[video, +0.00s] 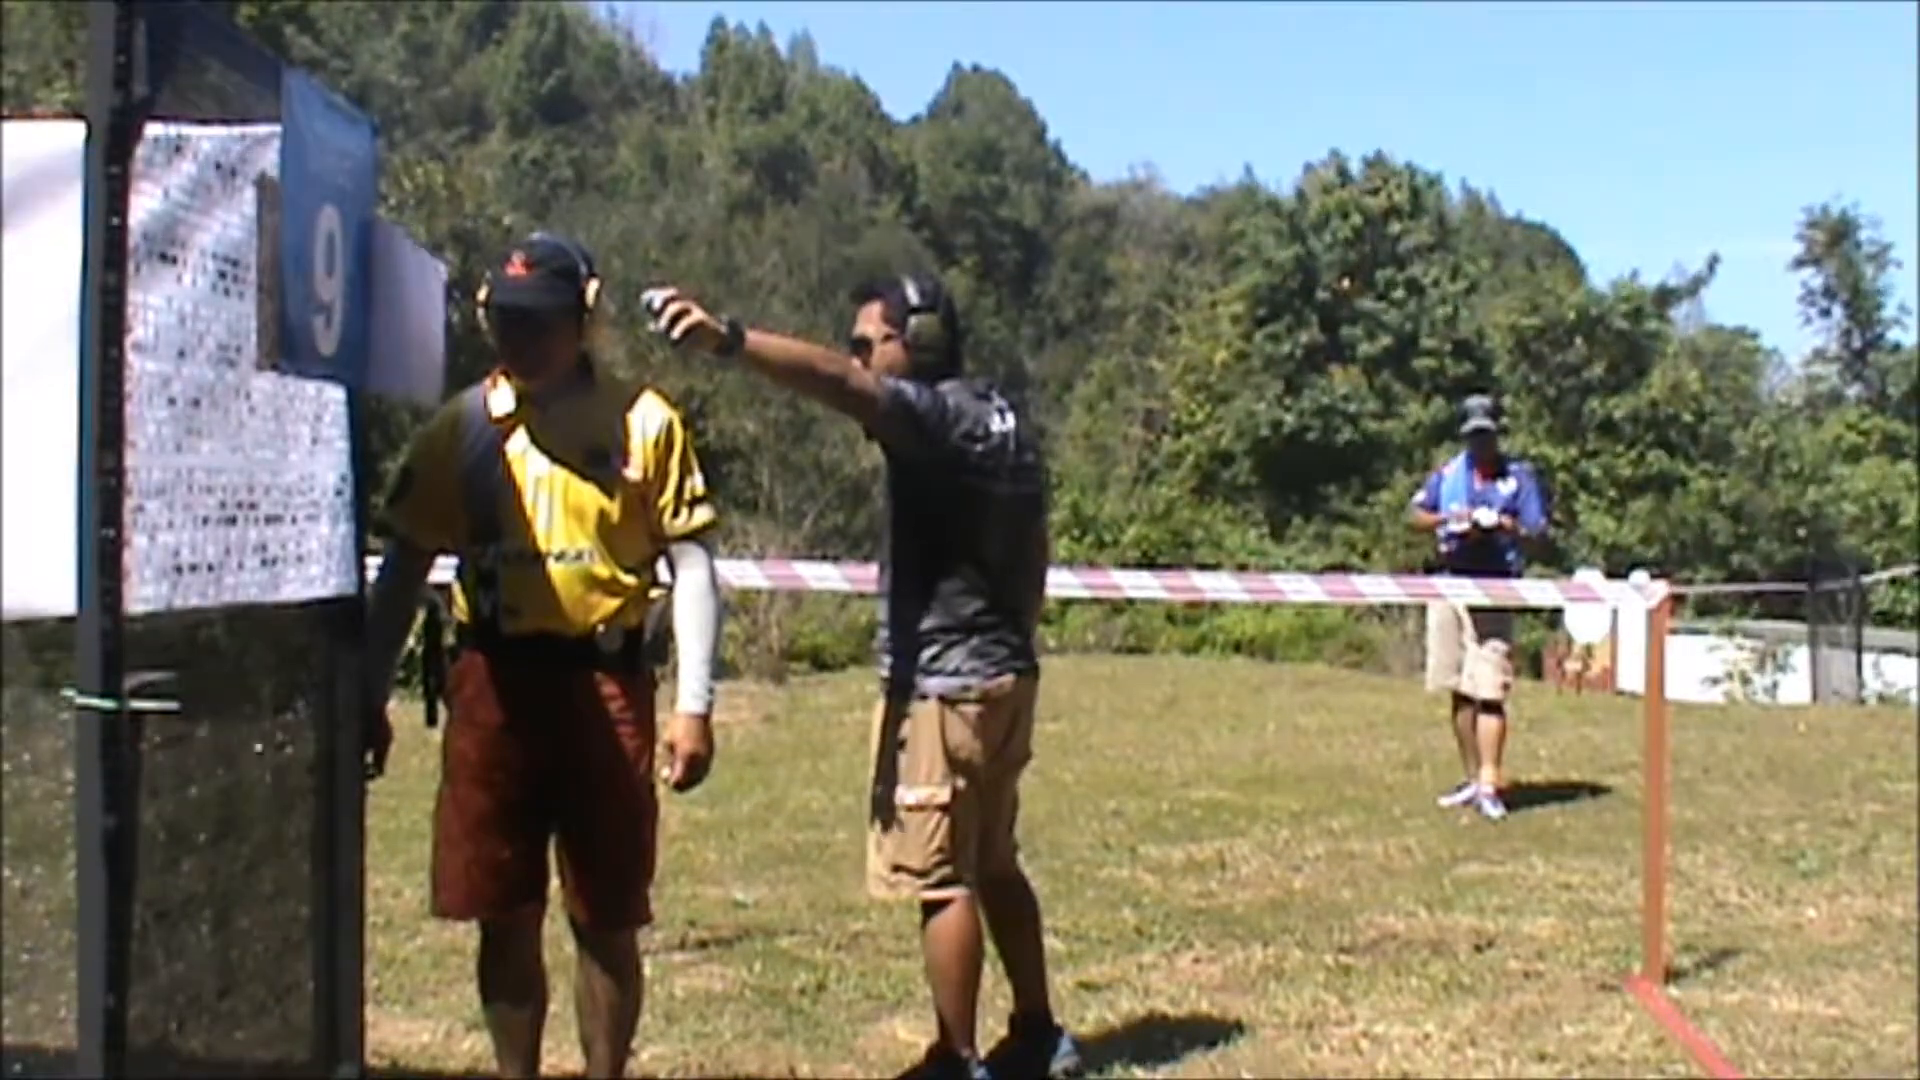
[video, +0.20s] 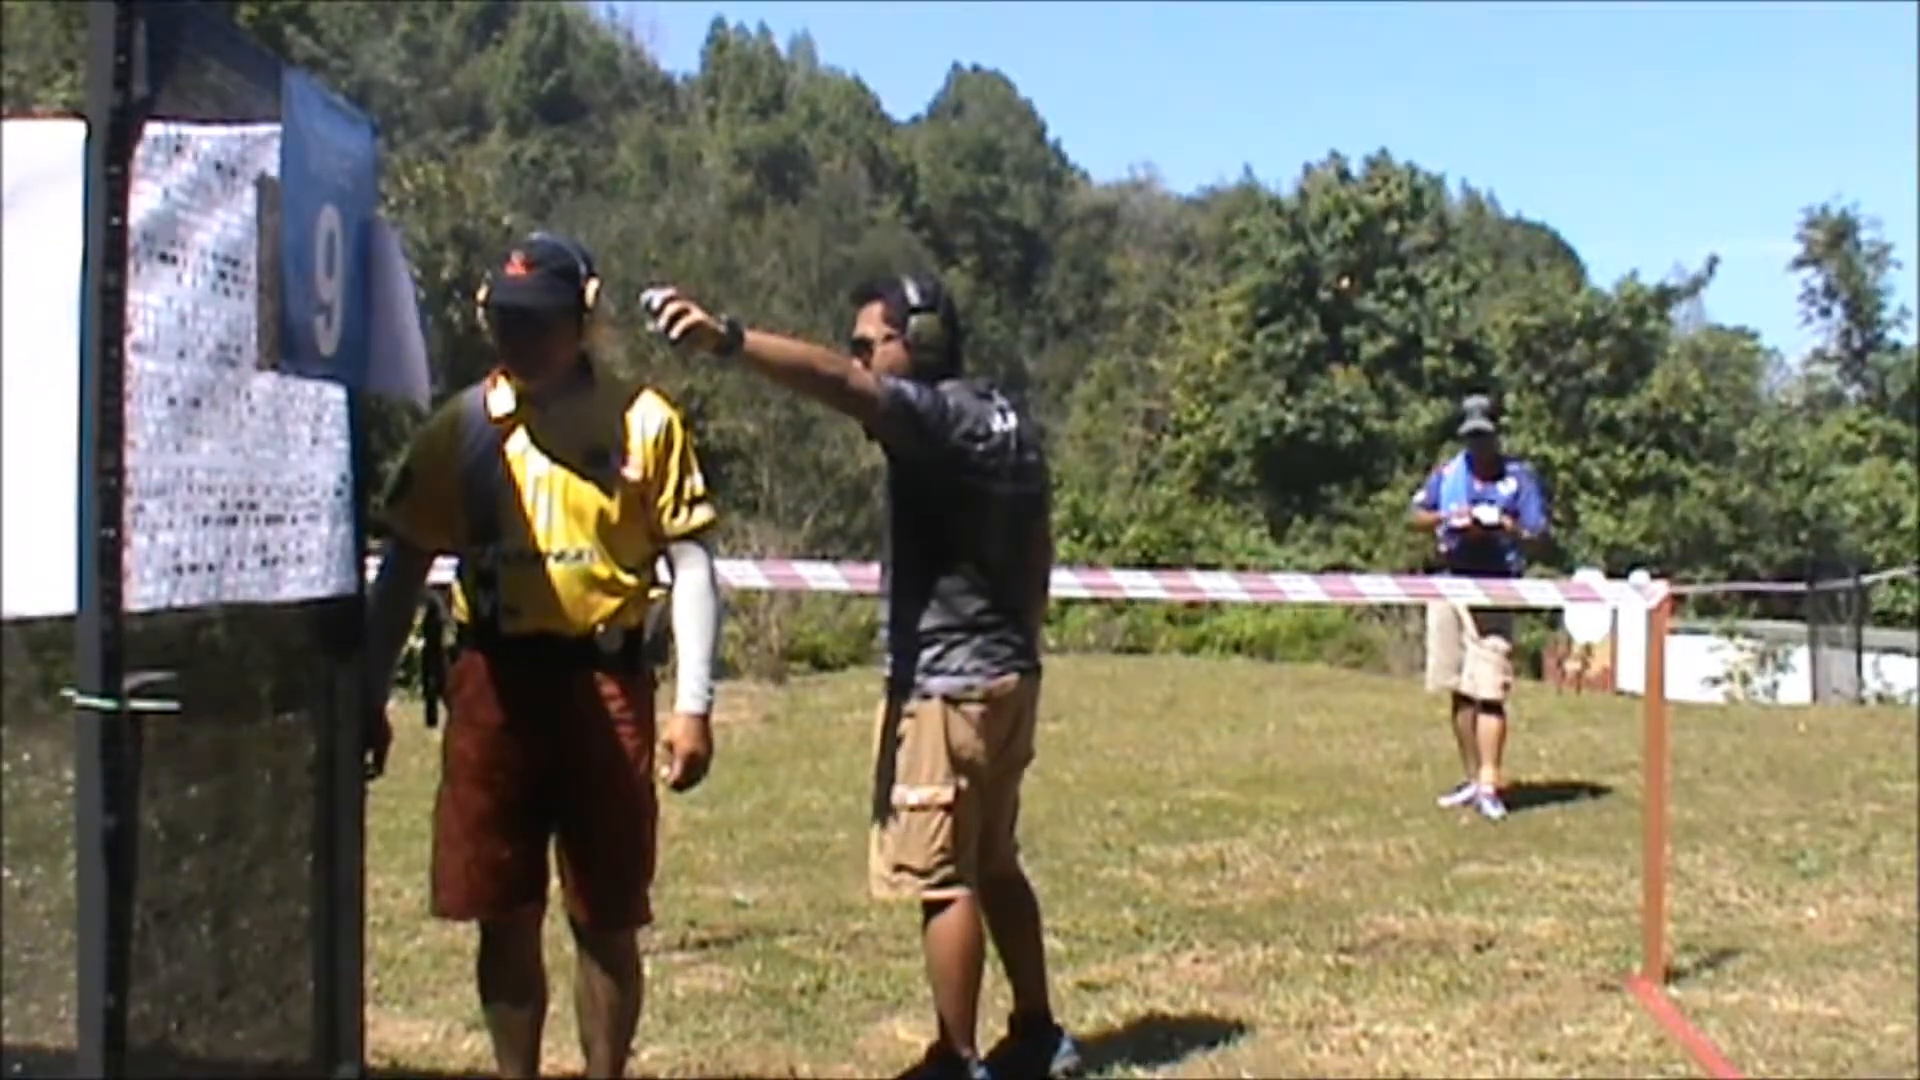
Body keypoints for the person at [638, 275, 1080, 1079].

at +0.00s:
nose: (859, 359)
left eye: (869, 344)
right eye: (858, 344)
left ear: (918, 341)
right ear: (941, 343)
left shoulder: (931, 412)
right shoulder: (1005, 418)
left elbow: (843, 379)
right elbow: (1029, 558)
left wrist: (729, 338)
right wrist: (1011, 650)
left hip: (949, 677)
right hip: (1005, 671)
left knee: (939, 876)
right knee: (994, 866)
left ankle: (954, 1055)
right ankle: (1038, 1029)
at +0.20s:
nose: (861, 360)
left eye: (870, 345)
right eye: (859, 345)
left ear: (919, 340)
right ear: (943, 343)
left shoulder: (931, 411)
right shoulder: (1010, 419)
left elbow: (844, 380)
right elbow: (1034, 556)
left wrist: (728, 337)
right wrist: (1020, 648)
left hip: (949, 678)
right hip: (1008, 671)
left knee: (940, 876)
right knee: (994, 866)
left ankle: (954, 1055)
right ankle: (1037, 1029)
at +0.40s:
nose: (865, 360)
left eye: (873, 344)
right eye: (862, 344)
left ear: (920, 341)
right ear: (946, 342)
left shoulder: (932, 411)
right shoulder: (1012, 418)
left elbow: (850, 382)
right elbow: (1037, 553)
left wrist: (730, 338)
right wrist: (1022, 645)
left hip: (953, 677)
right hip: (1012, 670)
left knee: (944, 876)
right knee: (999, 868)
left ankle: (954, 1054)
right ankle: (1037, 1028)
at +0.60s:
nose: (873, 361)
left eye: (882, 345)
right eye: (870, 346)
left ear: (927, 341)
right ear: (954, 343)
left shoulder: (942, 408)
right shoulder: (1020, 419)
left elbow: (860, 383)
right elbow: (1044, 550)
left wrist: (741, 341)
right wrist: (1030, 639)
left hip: (966, 672)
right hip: (1025, 666)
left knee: (938, 868)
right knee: (1009, 862)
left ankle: (952, 1052)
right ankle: (1043, 1027)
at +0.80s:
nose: (903, 373)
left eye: (913, 357)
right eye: (902, 357)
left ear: (954, 355)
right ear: (985, 355)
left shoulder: (982, 419)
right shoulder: (1048, 425)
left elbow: (893, 388)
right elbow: (1069, 550)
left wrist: (784, 352)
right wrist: (1040, 634)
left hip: (996, 676)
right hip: (1046, 672)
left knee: (935, 864)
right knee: (1031, 845)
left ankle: (950, 1050)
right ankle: (1123, 1004)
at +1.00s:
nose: (982, 396)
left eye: (994, 384)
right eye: (981, 383)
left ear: (1036, 386)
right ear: (1062, 390)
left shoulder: (1056, 445)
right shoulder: (1113, 461)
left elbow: (977, 409)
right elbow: (1084, 586)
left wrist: (882, 365)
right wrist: (1006, 618)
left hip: (1050, 696)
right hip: (1099, 695)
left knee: (948, 868)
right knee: (1071, 856)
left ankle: (952, 1052)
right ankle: (1198, 990)